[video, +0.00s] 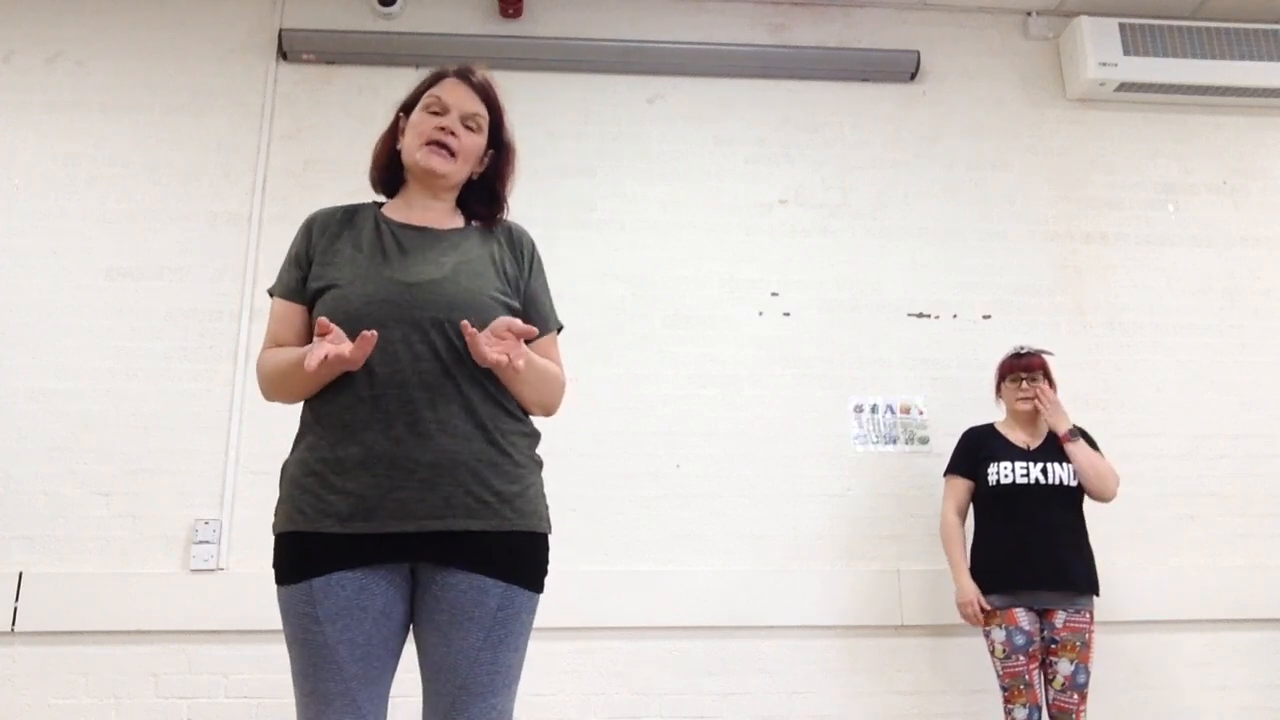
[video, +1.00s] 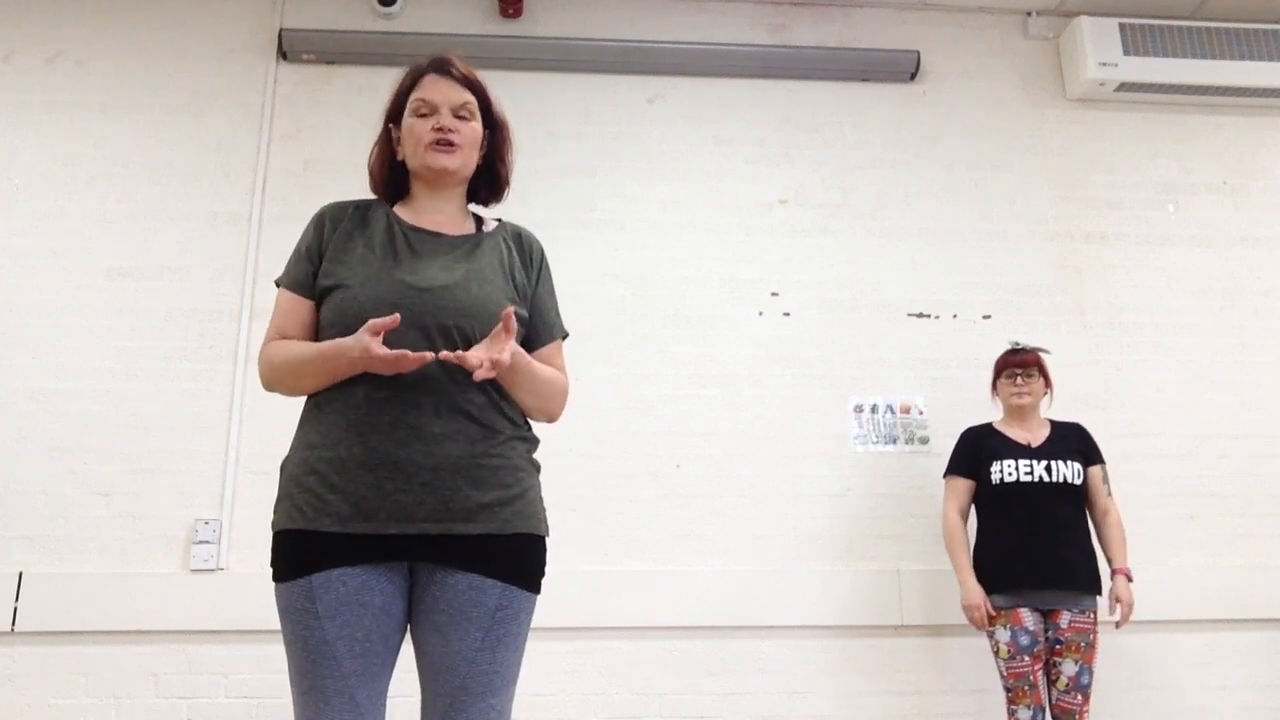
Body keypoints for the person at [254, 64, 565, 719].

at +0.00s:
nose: (449, 125)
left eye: (471, 123)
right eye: (435, 110)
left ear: (485, 159)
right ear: (401, 128)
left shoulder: (511, 248)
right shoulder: (326, 232)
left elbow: (548, 396)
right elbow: (272, 374)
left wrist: (511, 361)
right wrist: (314, 367)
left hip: (487, 523)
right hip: (336, 519)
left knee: (473, 714)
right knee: (337, 713)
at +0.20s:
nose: (445, 125)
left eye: (466, 121)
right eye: (430, 109)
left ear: (482, 154)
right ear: (396, 127)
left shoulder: (510, 248)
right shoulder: (324, 231)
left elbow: (548, 395)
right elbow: (269, 374)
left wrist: (505, 360)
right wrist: (332, 353)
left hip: (487, 524)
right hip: (336, 520)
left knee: (472, 713)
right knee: (337, 713)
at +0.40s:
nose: (445, 124)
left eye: (465, 118)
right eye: (429, 109)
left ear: (482, 150)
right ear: (396, 131)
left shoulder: (511, 250)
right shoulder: (327, 231)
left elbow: (546, 400)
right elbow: (273, 377)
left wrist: (506, 347)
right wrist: (337, 340)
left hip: (486, 526)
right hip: (335, 522)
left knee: (472, 714)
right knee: (337, 713)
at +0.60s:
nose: (447, 123)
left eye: (467, 116)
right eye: (429, 108)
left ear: (484, 147)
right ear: (397, 130)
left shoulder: (512, 249)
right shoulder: (330, 228)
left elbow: (545, 402)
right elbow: (269, 375)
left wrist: (515, 331)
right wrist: (326, 315)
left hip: (486, 523)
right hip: (335, 518)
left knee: (472, 714)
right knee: (336, 714)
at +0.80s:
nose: (447, 125)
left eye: (465, 117)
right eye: (429, 112)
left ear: (485, 147)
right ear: (398, 135)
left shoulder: (516, 252)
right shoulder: (333, 231)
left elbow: (549, 402)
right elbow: (276, 373)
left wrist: (508, 363)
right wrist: (348, 347)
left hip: (487, 524)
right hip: (335, 519)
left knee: (472, 714)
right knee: (336, 713)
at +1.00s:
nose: (445, 123)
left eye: (463, 113)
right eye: (425, 111)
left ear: (486, 142)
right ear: (397, 137)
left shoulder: (519, 250)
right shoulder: (336, 227)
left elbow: (552, 401)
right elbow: (274, 366)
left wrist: (509, 365)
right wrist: (353, 354)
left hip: (487, 525)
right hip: (335, 518)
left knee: (472, 713)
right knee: (336, 712)